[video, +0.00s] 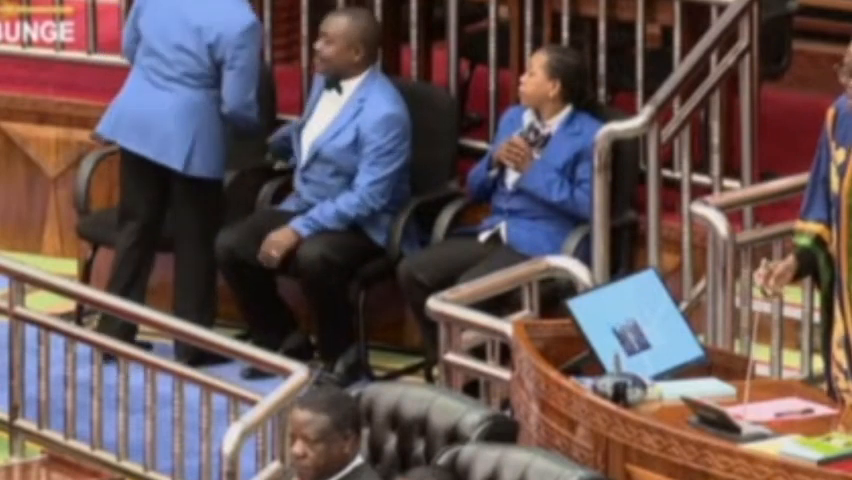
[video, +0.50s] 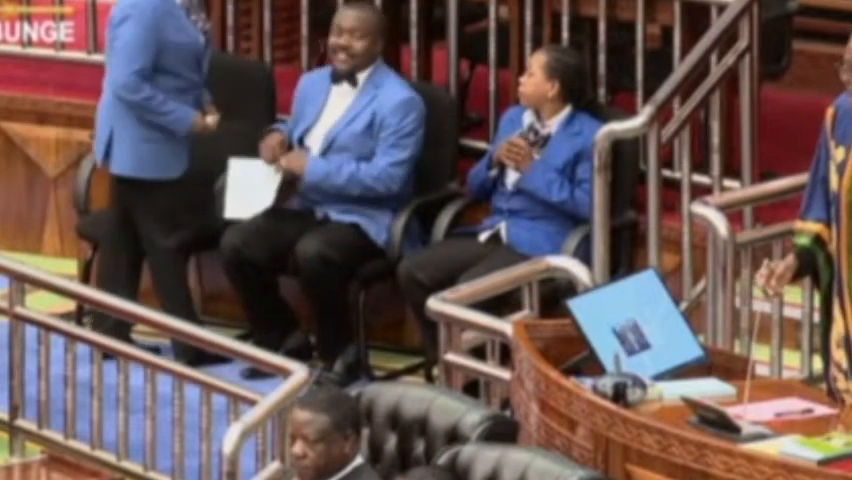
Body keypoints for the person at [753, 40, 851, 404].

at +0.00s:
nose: (843, 72)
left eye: (847, 65)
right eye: (843, 65)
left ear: (850, 70)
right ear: (839, 69)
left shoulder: (839, 117)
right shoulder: (839, 116)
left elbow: (821, 198)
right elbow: (822, 197)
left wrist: (797, 261)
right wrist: (797, 261)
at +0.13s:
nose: (843, 66)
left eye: (848, 60)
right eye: (843, 59)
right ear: (839, 66)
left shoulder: (839, 117)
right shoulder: (839, 116)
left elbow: (821, 207)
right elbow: (822, 205)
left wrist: (796, 261)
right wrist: (796, 262)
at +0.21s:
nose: (843, 66)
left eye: (848, 60)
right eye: (843, 59)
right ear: (839, 66)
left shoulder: (839, 117)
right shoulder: (839, 116)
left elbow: (821, 207)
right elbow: (822, 205)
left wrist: (796, 261)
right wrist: (796, 262)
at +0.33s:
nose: (844, 68)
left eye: (848, 62)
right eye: (843, 61)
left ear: (851, 67)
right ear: (839, 65)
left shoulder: (839, 116)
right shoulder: (839, 115)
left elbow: (821, 206)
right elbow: (822, 204)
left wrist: (796, 261)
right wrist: (796, 261)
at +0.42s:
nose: (843, 69)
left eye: (848, 63)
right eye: (843, 62)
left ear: (851, 67)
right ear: (839, 65)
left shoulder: (839, 116)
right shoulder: (839, 115)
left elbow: (821, 204)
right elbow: (822, 202)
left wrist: (796, 261)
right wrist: (796, 261)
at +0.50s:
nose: (844, 64)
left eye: (849, 57)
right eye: (844, 56)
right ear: (840, 61)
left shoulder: (839, 115)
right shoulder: (839, 114)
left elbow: (820, 203)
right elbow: (822, 201)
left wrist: (796, 260)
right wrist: (796, 261)